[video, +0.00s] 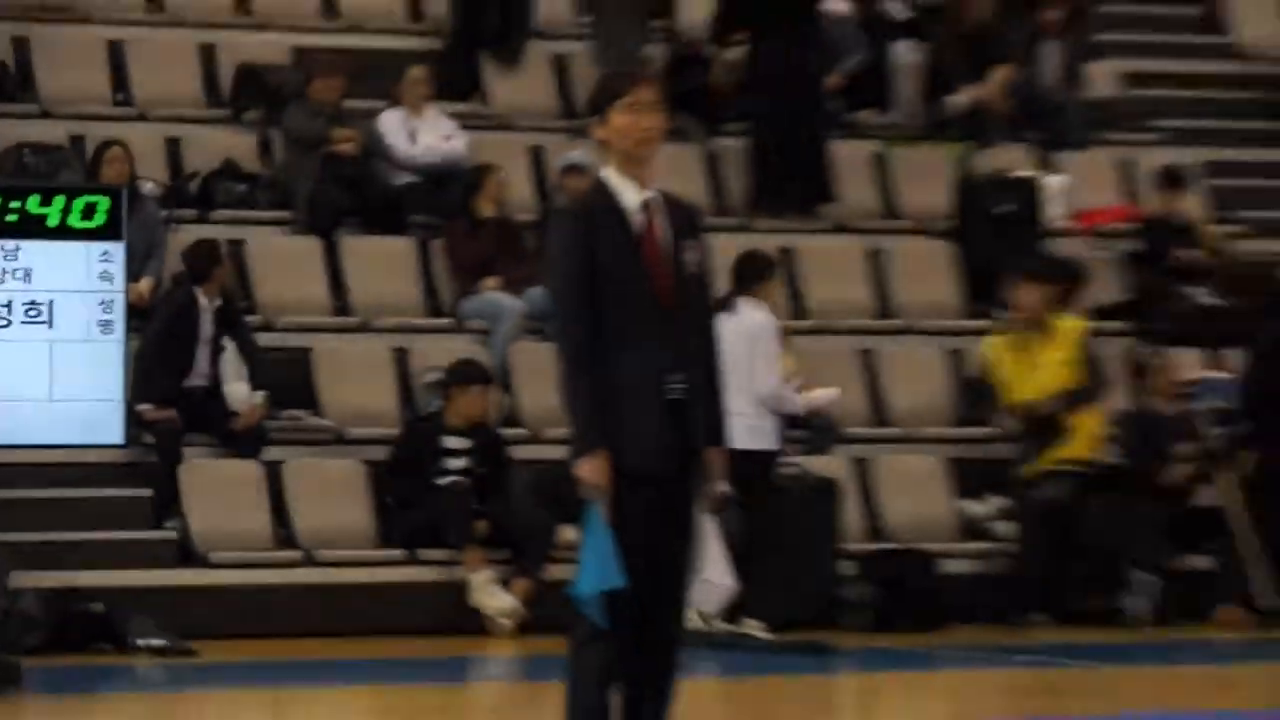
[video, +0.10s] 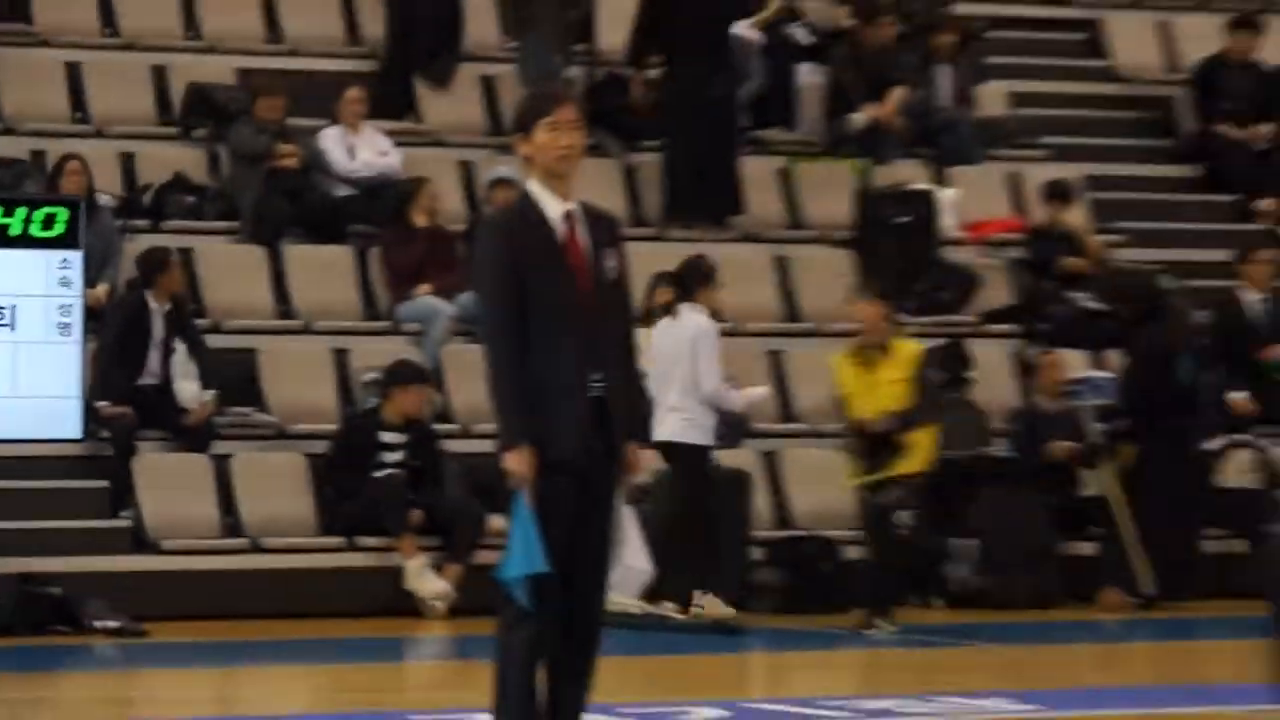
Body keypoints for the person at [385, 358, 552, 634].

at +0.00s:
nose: (483, 403)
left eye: (485, 394)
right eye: (476, 394)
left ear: (487, 396)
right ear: (454, 395)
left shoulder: (489, 439)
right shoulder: (419, 432)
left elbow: (499, 489)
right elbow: (402, 485)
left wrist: (488, 518)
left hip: (473, 522)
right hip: (421, 523)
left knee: (537, 523)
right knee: (457, 495)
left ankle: (512, 599)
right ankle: (479, 580)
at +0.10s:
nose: (423, 400)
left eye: (424, 393)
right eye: (417, 392)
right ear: (395, 393)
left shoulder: (422, 433)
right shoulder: (358, 428)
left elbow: (432, 482)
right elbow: (339, 479)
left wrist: (420, 508)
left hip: (406, 509)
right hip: (356, 511)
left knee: (467, 512)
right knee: (393, 485)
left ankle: (444, 585)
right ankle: (414, 566)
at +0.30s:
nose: (330, 392)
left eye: (331, 386)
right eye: (324, 386)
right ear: (303, 386)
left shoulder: (326, 421)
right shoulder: (270, 414)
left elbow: (335, 463)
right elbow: (251, 458)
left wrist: (324, 485)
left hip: (312, 486)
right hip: (270, 488)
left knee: (363, 488)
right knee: (300, 465)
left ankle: (346, 551)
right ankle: (319, 536)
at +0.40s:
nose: (291, 383)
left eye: (291, 377)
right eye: (285, 376)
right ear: (267, 377)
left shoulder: (288, 409)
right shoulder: (235, 403)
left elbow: (296, 449)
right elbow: (216, 445)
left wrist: (285, 470)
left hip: (275, 470)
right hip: (234, 471)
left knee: (326, 474)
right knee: (264, 451)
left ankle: (306, 532)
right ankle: (280, 517)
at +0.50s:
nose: (260, 381)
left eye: (259, 376)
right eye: (254, 375)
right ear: (237, 376)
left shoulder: (257, 406)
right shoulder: (206, 400)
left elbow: (262, 445)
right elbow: (189, 440)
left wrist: (253, 464)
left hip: (244, 463)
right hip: (204, 464)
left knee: (292, 468)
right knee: (233, 445)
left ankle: (273, 523)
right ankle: (248, 508)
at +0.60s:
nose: (231, 375)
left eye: (230, 370)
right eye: (226, 369)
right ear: (208, 370)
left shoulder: (228, 399)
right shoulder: (179, 394)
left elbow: (234, 435)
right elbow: (162, 430)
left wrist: (224, 454)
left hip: (217, 452)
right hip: (179, 454)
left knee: (262, 457)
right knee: (205, 436)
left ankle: (243, 510)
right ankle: (220, 496)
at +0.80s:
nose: (201, 304)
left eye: (206, 296)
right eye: (197, 297)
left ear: (221, 298)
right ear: (193, 302)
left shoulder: (233, 324)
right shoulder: (191, 334)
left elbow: (246, 363)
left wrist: (218, 379)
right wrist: (179, 374)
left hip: (229, 406)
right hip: (199, 408)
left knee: (217, 452)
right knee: (205, 458)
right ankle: (210, 509)